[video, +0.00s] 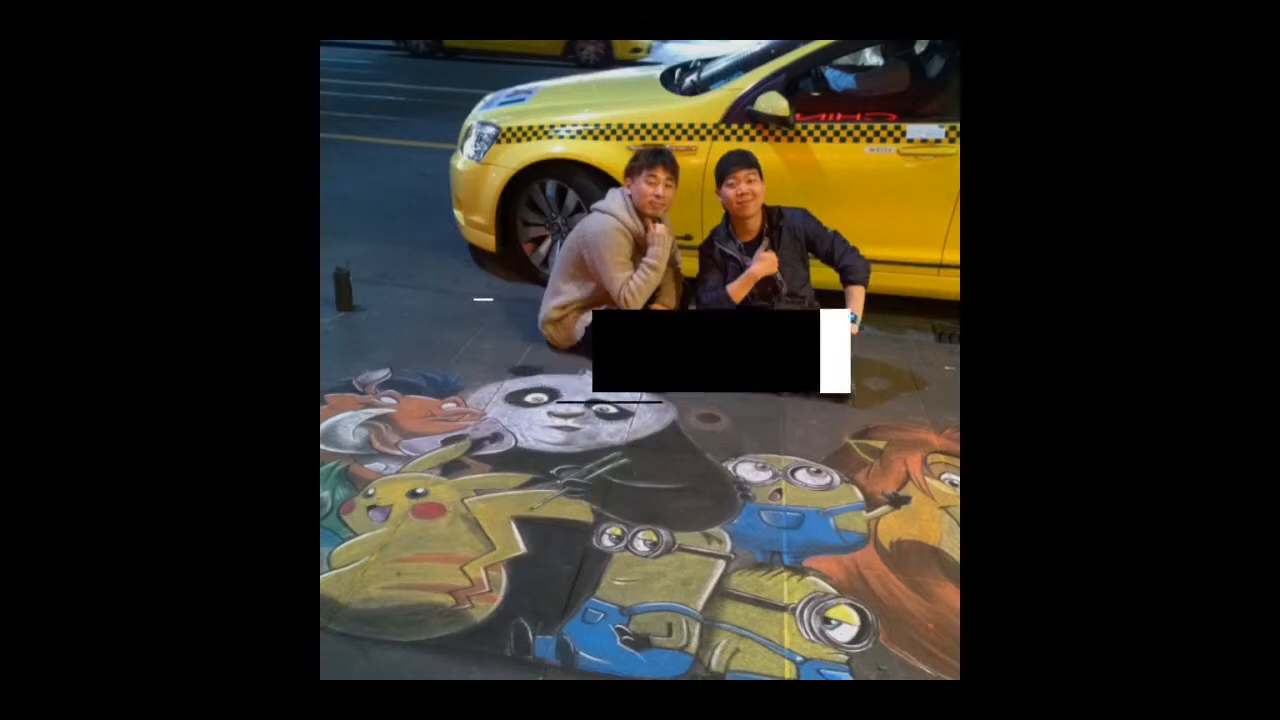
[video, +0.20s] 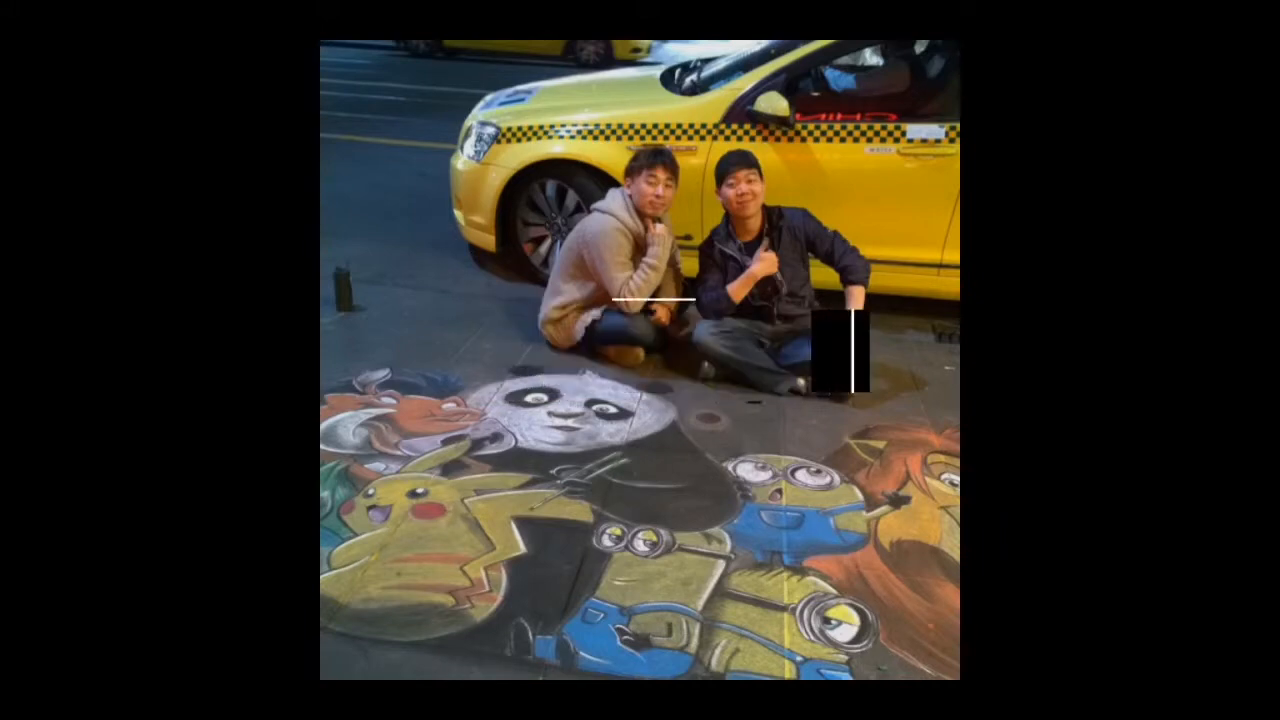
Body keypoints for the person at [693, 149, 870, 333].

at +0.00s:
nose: (743, 190)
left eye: (751, 180)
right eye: (732, 184)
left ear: (764, 186)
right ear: (719, 195)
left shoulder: (796, 222)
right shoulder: (712, 248)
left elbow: (852, 262)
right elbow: (709, 306)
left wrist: (853, 317)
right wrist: (752, 275)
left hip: (801, 319)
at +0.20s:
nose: (743, 191)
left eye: (750, 181)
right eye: (732, 185)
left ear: (763, 186)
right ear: (720, 195)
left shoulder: (795, 222)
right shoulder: (713, 247)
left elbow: (853, 263)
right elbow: (709, 308)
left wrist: (852, 323)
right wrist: (752, 274)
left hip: (799, 330)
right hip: (748, 330)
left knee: (834, 358)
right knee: (704, 334)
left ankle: (733, 372)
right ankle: (788, 384)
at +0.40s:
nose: (743, 191)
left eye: (750, 181)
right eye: (732, 185)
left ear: (763, 187)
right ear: (720, 195)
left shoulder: (795, 222)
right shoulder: (713, 246)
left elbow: (853, 262)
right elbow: (709, 308)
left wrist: (851, 320)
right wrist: (752, 275)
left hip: (799, 328)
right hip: (747, 329)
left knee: (837, 345)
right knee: (704, 334)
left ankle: (734, 372)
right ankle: (798, 386)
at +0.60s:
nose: (743, 191)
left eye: (750, 181)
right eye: (732, 185)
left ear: (763, 187)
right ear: (720, 195)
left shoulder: (795, 222)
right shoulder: (713, 246)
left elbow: (853, 262)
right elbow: (709, 308)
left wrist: (851, 320)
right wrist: (752, 275)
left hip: (799, 328)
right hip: (747, 328)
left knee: (837, 345)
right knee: (704, 334)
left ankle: (734, 372)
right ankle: (798, 386)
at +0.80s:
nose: (743, 191)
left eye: (750, 181)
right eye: (732, 185)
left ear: (763, 187)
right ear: (720, 195)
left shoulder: (795, 222)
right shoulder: (713, 246)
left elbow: (853, 262)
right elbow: (709, 308)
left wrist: (851, 320)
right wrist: (752, 275)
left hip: (799, 328)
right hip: (747, 328)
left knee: (837, 345)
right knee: (704, 334)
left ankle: (734, 372)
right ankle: (798, 386)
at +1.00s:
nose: (742, 190)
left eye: (750, 181)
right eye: (732, 184)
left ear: (763, 187)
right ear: (720, 195)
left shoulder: (795, 222)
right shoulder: (713, 245)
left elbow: (853, 262)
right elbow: (709, 301)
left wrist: (852, 320)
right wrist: (753, 273)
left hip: (799, 329)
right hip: (744, 333)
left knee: (837, 346)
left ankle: (749, 370)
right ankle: (799, 386)